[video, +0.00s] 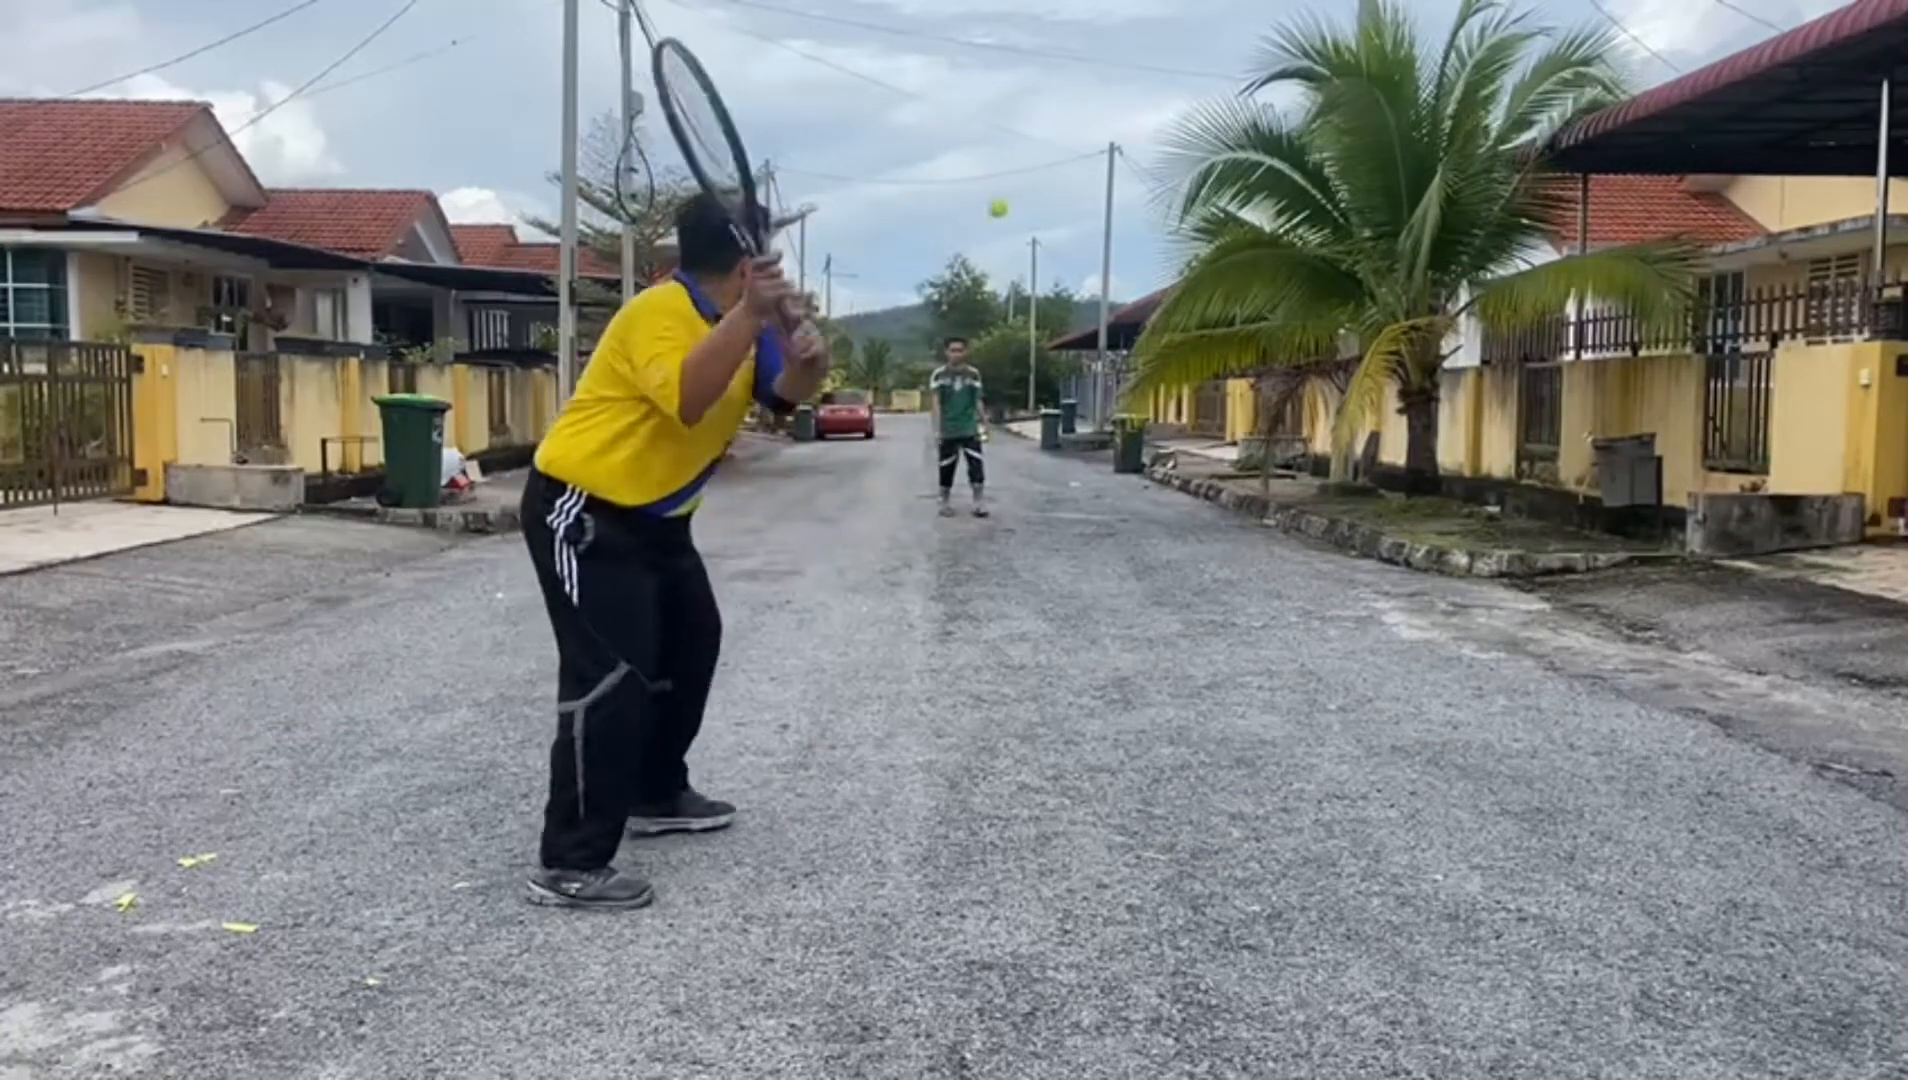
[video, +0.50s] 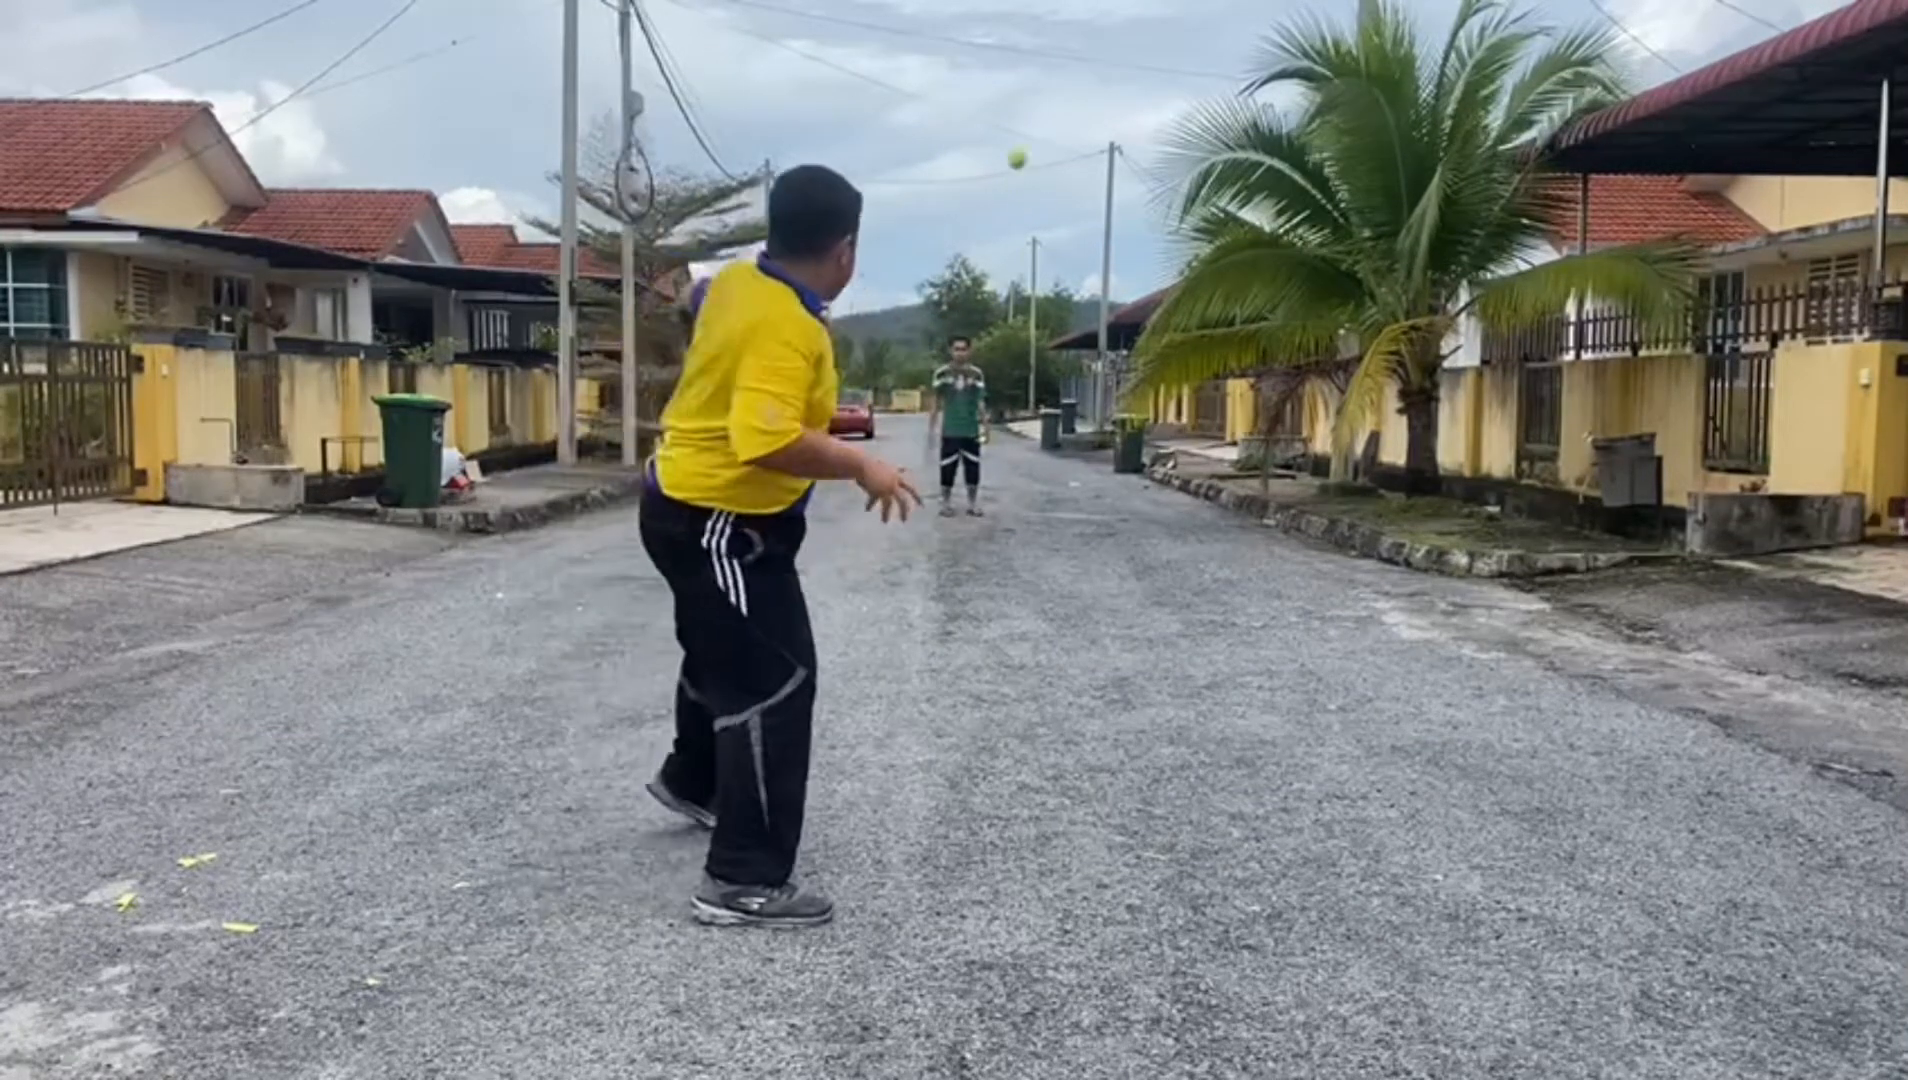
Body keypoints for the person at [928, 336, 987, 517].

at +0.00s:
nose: (956, 354)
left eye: (960, 350)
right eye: (952, 350)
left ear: (965, 352)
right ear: (946, 353)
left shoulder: (973, 374)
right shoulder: (939, 375)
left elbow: (978, 401)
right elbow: (936, 404)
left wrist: (984, 422)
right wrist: (937, 430)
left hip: (970, 428)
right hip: (948, 429)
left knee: (976, 466)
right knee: (946, 468)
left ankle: (978, 503)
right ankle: (944, 502)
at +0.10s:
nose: (956, 354)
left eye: (959, 350)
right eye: (952, 350)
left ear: (965, 353)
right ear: (946, 353)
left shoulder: (972, 374)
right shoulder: (939, 375)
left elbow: (978, 401)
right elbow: (933, 406)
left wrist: (983, 422)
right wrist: (930, 433)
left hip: (969, 428)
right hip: (948, 429)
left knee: (975, 467)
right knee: (946, 469)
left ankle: (975, 503)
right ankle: (944, 503)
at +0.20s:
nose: (956, 354)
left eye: (959, 350)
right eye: (952, 350)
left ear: (965, 353)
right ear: (946, 353)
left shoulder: (972, 374)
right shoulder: (938, 375)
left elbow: (978, 401)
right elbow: (932, 405)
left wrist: (983, 423)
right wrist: (927, 429)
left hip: (969, 429)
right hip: (948, 429)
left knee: (973, 468)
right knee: (946, 469)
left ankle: (972, 503)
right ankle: (944, 503)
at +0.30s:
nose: (958, 354)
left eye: (961, 350)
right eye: (954, 350)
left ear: (967, 352)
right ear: (948, 352)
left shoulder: (974, 374)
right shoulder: (940, 374)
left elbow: (979, 402)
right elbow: (933, 403)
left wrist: (983, 425)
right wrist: (925, 428)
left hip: (969, 426)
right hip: (949, 426)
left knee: (971, 467)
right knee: (947, 467)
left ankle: (972, 503)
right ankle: (944, 502)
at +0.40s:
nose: (958, 354)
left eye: (962, 350)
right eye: (955, 349)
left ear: (968, 352)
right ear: (948, 352)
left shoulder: (975, 378)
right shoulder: (944, 378)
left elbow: (982, 406)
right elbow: (933, 406)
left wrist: (985, 429)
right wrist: (927, 429)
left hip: (970, 431)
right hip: (949, 431)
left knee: (972, 471)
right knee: (947, 471)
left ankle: (972, 504)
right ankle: (945, 503)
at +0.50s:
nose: (960, 353)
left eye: (963, 349)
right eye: (956, 349)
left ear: (969, 352)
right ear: (951, 351)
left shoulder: (976, 374)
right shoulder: (942, 373)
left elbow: (981, 403)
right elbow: (936, 404)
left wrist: (985, 427)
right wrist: (932, 429)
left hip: (971, 429)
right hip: (950, 429)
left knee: (973, 469)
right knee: (947, 469)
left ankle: (972, 503)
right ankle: (945, 502)